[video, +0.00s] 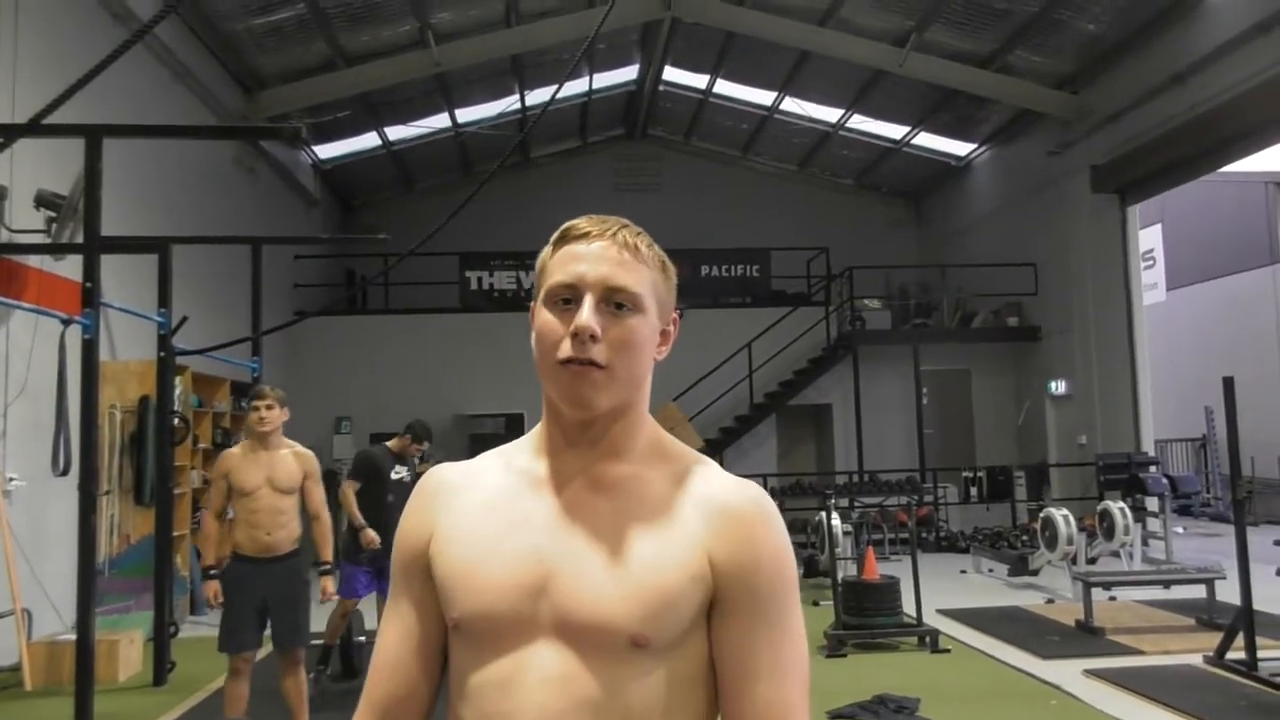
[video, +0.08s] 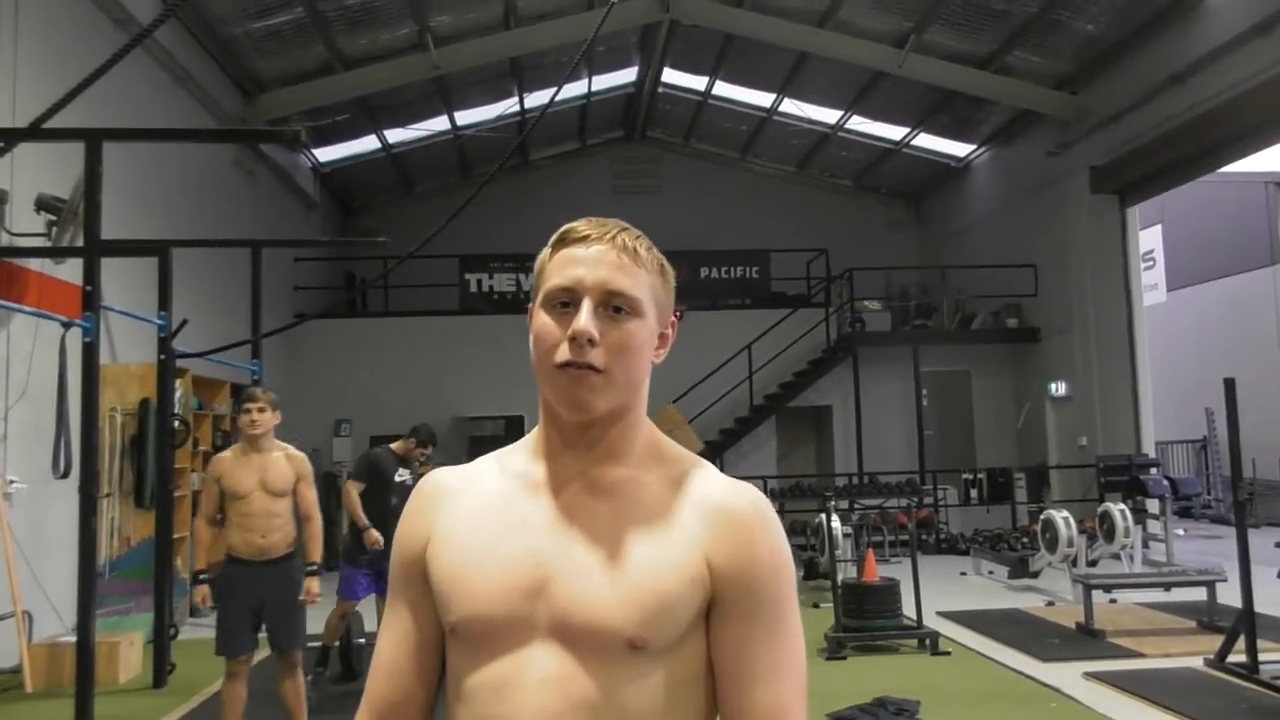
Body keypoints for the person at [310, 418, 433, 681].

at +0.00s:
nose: (419, 454)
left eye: (422, 450)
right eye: (417, 448)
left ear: (416, 443)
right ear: (406, 438)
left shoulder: (409, 464)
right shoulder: (370, 457)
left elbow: (406, 503)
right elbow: (347, 490)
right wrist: (362, 528)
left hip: (393, 547)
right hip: (361, 547)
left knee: (389, 609)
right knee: (347, 605)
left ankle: (387, 664)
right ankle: (323, 661)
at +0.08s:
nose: (423, 457)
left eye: (427, 453)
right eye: (422, 451)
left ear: (419, 447)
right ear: (410, 441)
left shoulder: (411, 467)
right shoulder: (374, 458)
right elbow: (350, 490)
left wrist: (426, 475)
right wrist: (366, 529)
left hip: (393, 548)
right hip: (361, 548)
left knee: (389, 609)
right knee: (346, 608)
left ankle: (387, 664)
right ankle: (322, 659)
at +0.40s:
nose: (425, 473)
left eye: (429, 470)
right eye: (426, 467)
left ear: (420, 458)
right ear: (416, 455)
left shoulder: (410, 478)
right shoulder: (382, 468)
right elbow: (355, 498)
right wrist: (358, 543)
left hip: (390, 561)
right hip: (362, 559)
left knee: (388, 623)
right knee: (338, 617)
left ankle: (389, 679)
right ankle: (314, 673)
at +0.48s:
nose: (426, 475)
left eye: (430, 473)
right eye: (427, 470)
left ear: (421, 461)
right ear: (417, 458)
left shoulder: (410, 479)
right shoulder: (383, 469)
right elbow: (356, 499)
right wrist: (357, 545)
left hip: (390, 563)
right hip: (362, 561)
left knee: (387, 624)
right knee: (338, 619)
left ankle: (386, 678)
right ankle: (314, 674)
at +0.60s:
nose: (423, 480)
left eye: (427, 477)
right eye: (425, 475)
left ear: (418, 464)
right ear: (416, 462)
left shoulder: (406, 482)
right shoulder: (382, 473)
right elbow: (354, 505)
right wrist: (358, 550)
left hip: (389, 564)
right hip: (362, 562)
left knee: (384, 622)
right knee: (338, 621)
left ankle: (382, 676)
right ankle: (313, 679)